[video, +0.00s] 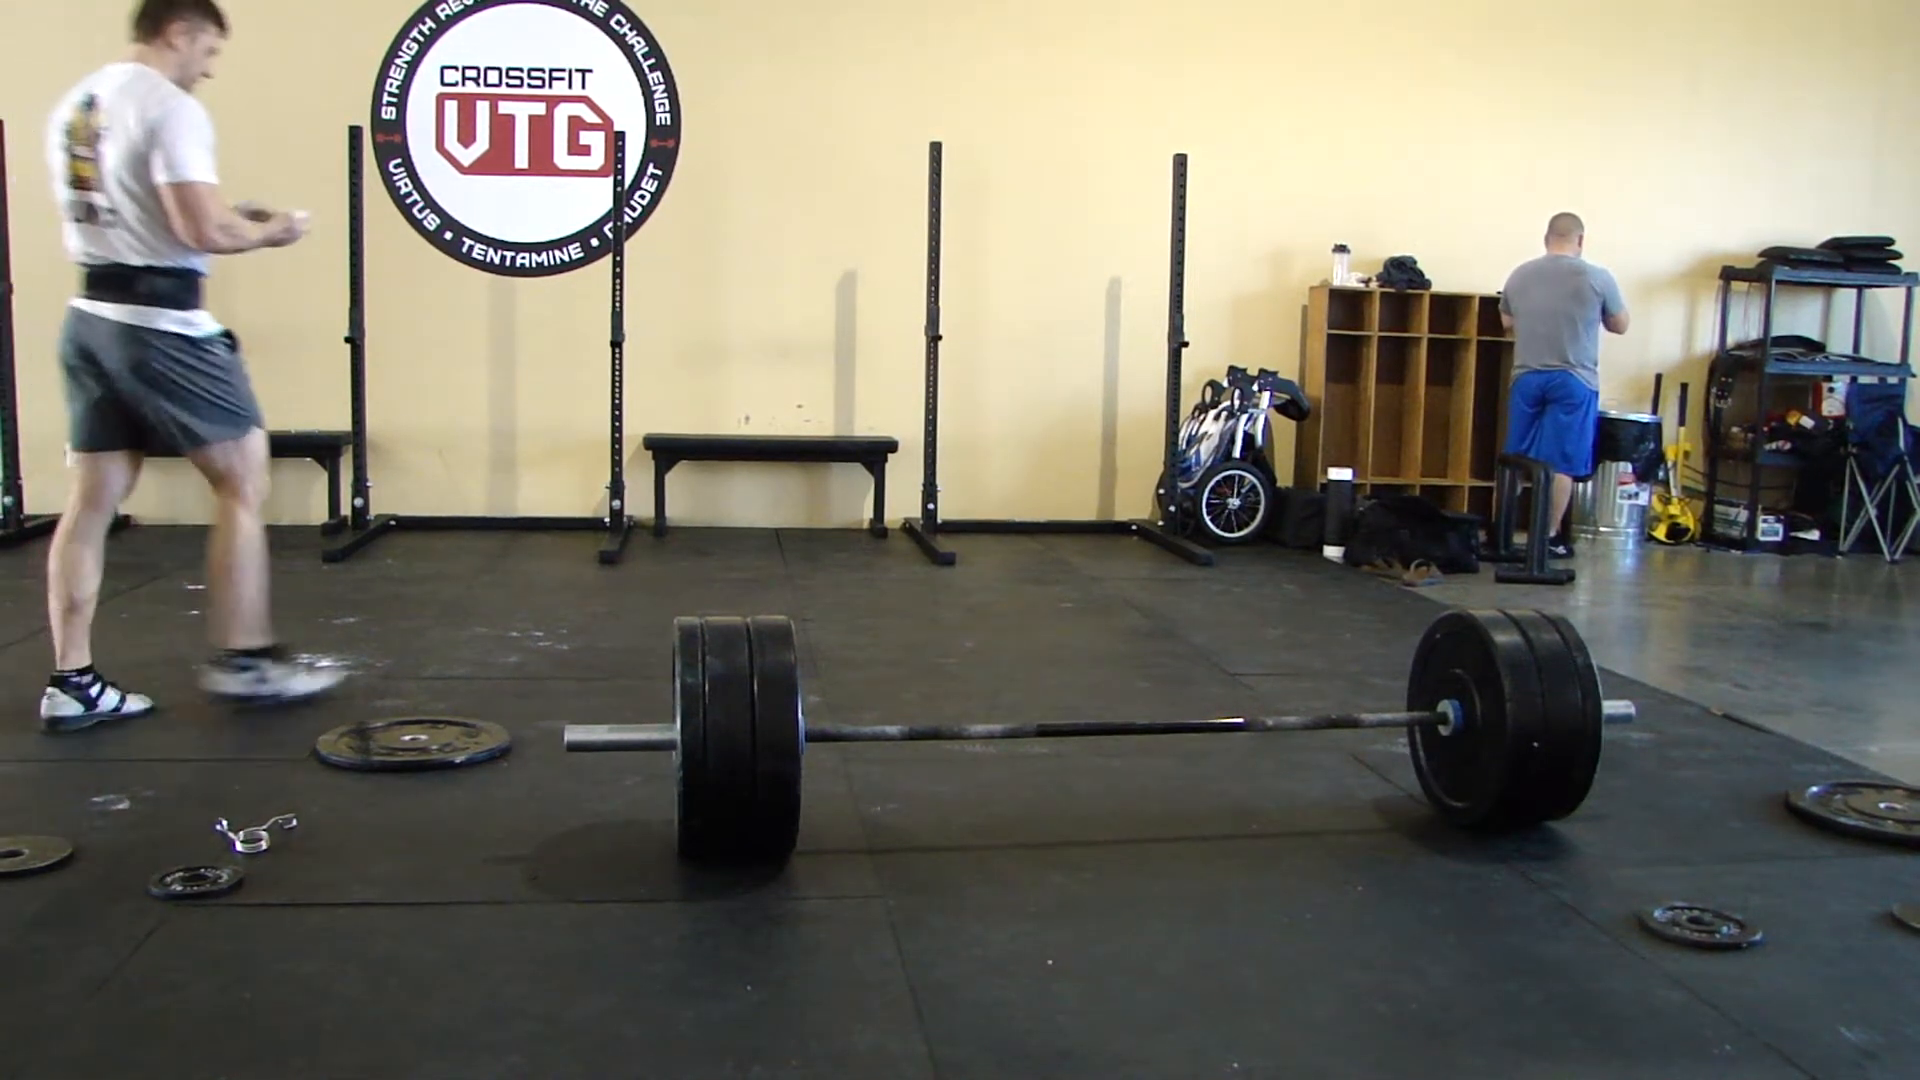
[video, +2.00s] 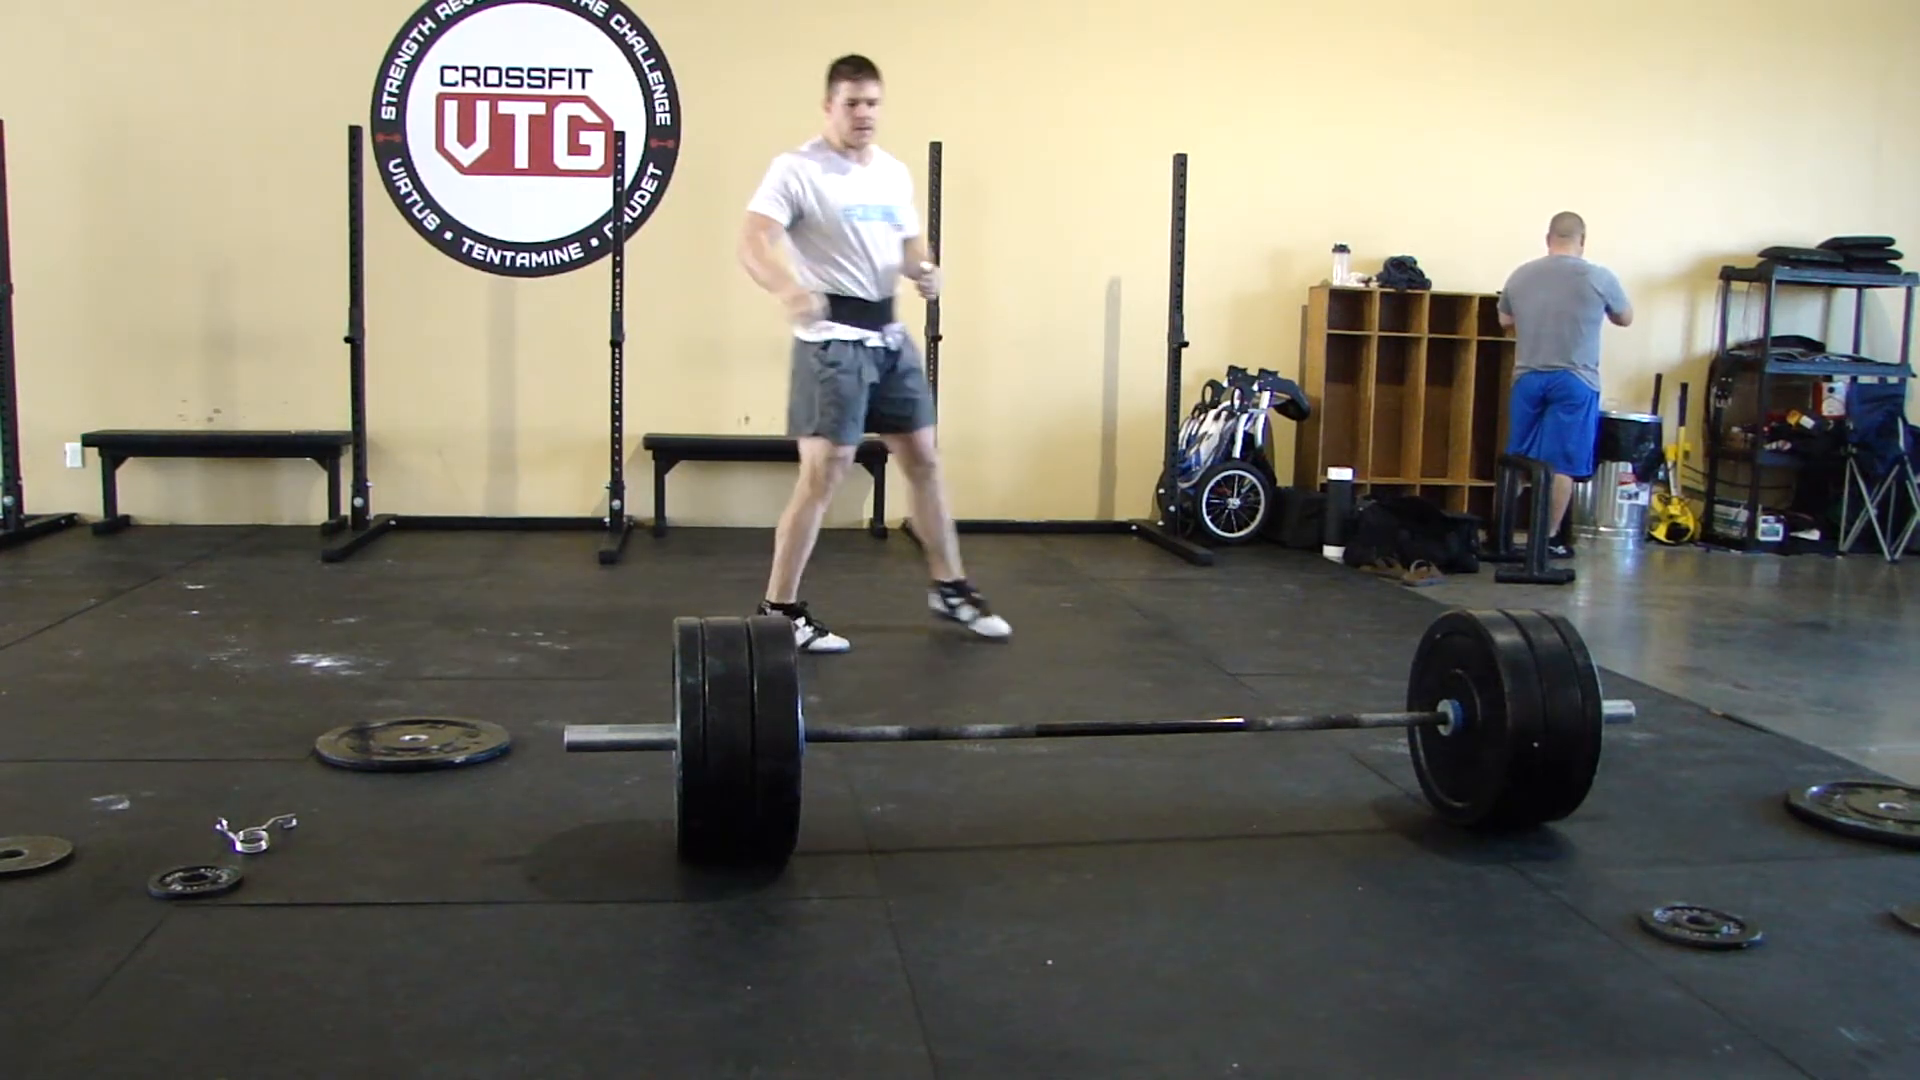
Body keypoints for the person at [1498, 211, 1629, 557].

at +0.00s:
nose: (1580, 246)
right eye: (1582, 241)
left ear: (1546, 239)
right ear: (1580, 240)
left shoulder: (1520, 274)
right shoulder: (1596, 277)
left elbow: (1508, 322)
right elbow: (1619, 324)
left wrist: (1541, 315)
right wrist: (1587, 307)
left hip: (1526, 377)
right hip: (1574, 379)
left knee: (1514, 459)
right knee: (1562, 465)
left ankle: (1500, 535)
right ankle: (1548, 539)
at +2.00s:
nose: (1578, 245)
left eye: (1555, 238)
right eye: (1581, 240)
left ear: (1548, 239)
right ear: (1583, 241)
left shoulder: (1521, 274)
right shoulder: (1597, 276)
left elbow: (1506, 320)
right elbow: (1623, 317)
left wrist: (1540, 313)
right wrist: (1592, 299)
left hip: (1527, 377)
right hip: (1575, 379)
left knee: (1516, 459)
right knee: (1562, 466)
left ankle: (1501, 536)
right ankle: (1547, 540)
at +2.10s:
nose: (1580, 246)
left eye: (1556, 238)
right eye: (1583, 240)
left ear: (1548, 239)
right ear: (1583, 241)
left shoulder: (1521, 274)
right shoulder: (1597, 276)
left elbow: (1506, 319)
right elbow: (1624, 321)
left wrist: (1541, 310)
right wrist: (1593, 303)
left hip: (1527, 378)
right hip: (1575, 379)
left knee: (1517, 460)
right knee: (1562, 466)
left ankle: (1502, 535)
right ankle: (1548, 540)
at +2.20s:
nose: (1580, 246)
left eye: (1556, 238)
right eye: (1583, 241)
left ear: (1549, 239)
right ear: (1583, 241)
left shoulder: (1521, 275)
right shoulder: (1597, 277)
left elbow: (1506, 318)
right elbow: (1622, 326)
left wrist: (1540, 312)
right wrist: (1591, 314)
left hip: (1527, 378)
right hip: (1576, 380)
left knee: (1517, 460)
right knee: (1562, 466)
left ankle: (1502, 535)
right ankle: (1547, 540)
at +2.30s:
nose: (1582, 247)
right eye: (1584, 242)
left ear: (1549, 239)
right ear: (1583, 241)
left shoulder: (1521, 274)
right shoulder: (1597, 276)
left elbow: (1507, 316)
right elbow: (1621, 328)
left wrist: (1536, 316)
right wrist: (1615, 344)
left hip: (1528, 378)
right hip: (1576, 380)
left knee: (1516, 460)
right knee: (1562, 466)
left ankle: (1501, 535)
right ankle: (1547, 540)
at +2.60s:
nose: (1583, 247)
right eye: (1585, 242)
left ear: (1550, 239)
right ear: (1584, 241)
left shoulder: (1521, 274)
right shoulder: (1598, 277)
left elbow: (1509, 311)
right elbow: (1615, 330)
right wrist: (1624, 374)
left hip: (1528, 379)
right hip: (1576, 381)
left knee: (1519, 461)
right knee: (1564, 466)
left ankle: (1502, 534)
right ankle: (1548, 539)